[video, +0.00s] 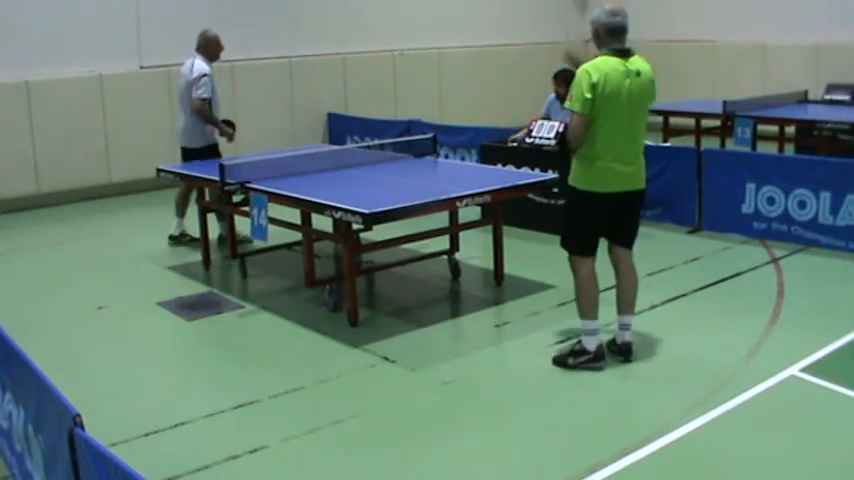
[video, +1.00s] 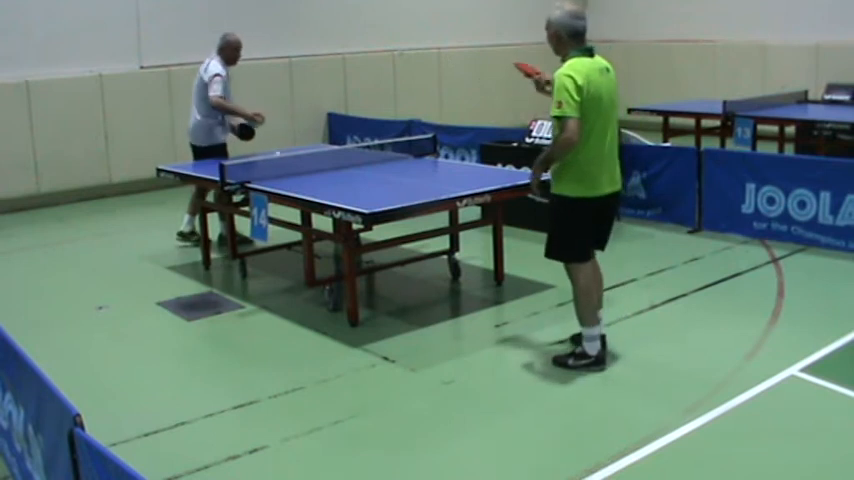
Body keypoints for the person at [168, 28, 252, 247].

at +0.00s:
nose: (221, 49)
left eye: (220, 45)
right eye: (218, 45)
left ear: (201, 47)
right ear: (209, 47)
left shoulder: (190, 66)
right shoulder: (203, 72)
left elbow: (193, 105)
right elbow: (200, 106)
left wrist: (219, 121)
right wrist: (221, 128)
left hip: (188, 139)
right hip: (203, 140)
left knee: (187, 183)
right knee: (218, 188)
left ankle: (179, 229)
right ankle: (227, 231)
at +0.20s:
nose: (241, 51)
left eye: (240, 47)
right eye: (238, 47)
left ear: (222, 46)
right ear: (228, 47)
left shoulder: (205, 63)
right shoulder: (221, 72)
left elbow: (207, 100)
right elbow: (225, 105)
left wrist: (229, 120)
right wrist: (253, 123)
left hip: (195, 136)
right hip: (212, 138)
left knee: (200, 184)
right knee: (222, 188)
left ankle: (182, 224)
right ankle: (228, 231)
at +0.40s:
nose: (252, 52)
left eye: (251, 48)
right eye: (249, 48)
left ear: (232, 47)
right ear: (237, 48)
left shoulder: (214, 62)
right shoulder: (231, 70)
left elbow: (212, 99)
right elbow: (242, 106)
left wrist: (230, 121)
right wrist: (273, 119)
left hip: (199, 133)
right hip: (217, 137)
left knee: (201, 183)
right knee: (224, 187)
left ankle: (187, 223)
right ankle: (227, 231)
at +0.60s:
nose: (256, 54)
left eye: (255, 49)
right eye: (253, 49)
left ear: (236, 49)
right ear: (242, 50)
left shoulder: (219, 63)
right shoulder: (234, 70)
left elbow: (215, 101)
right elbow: (247, 104)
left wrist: (233, 125)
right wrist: (281, 111)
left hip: (201, 132)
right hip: (217, 136)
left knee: (201, 183)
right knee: (225, 187)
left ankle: (186, 224)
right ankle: (228, 232)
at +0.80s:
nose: (252, 55)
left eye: (252, 50)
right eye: (249, 50)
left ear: (234, 49)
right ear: (237, 50)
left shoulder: (218, 63)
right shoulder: (229, 71)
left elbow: (214, 102)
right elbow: (239, 103)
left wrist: (232, 124)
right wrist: (273, 114)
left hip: (202, 134)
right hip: (216, 137)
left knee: (202, 184)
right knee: (225, 187)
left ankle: (186, 225)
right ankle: (228, 232)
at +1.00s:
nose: (239, 56)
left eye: (239, 52)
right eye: (237, 52)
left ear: (224, 50)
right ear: (226, 51)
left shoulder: (211, 65)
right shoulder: (217, 71)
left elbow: (211, 106)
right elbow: (216, 100)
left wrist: (232, 125)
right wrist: (247, 115)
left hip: (201, 135)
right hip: (211, 137)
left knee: (202, 184)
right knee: (223, 187)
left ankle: (187, 227)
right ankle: (228, 232)